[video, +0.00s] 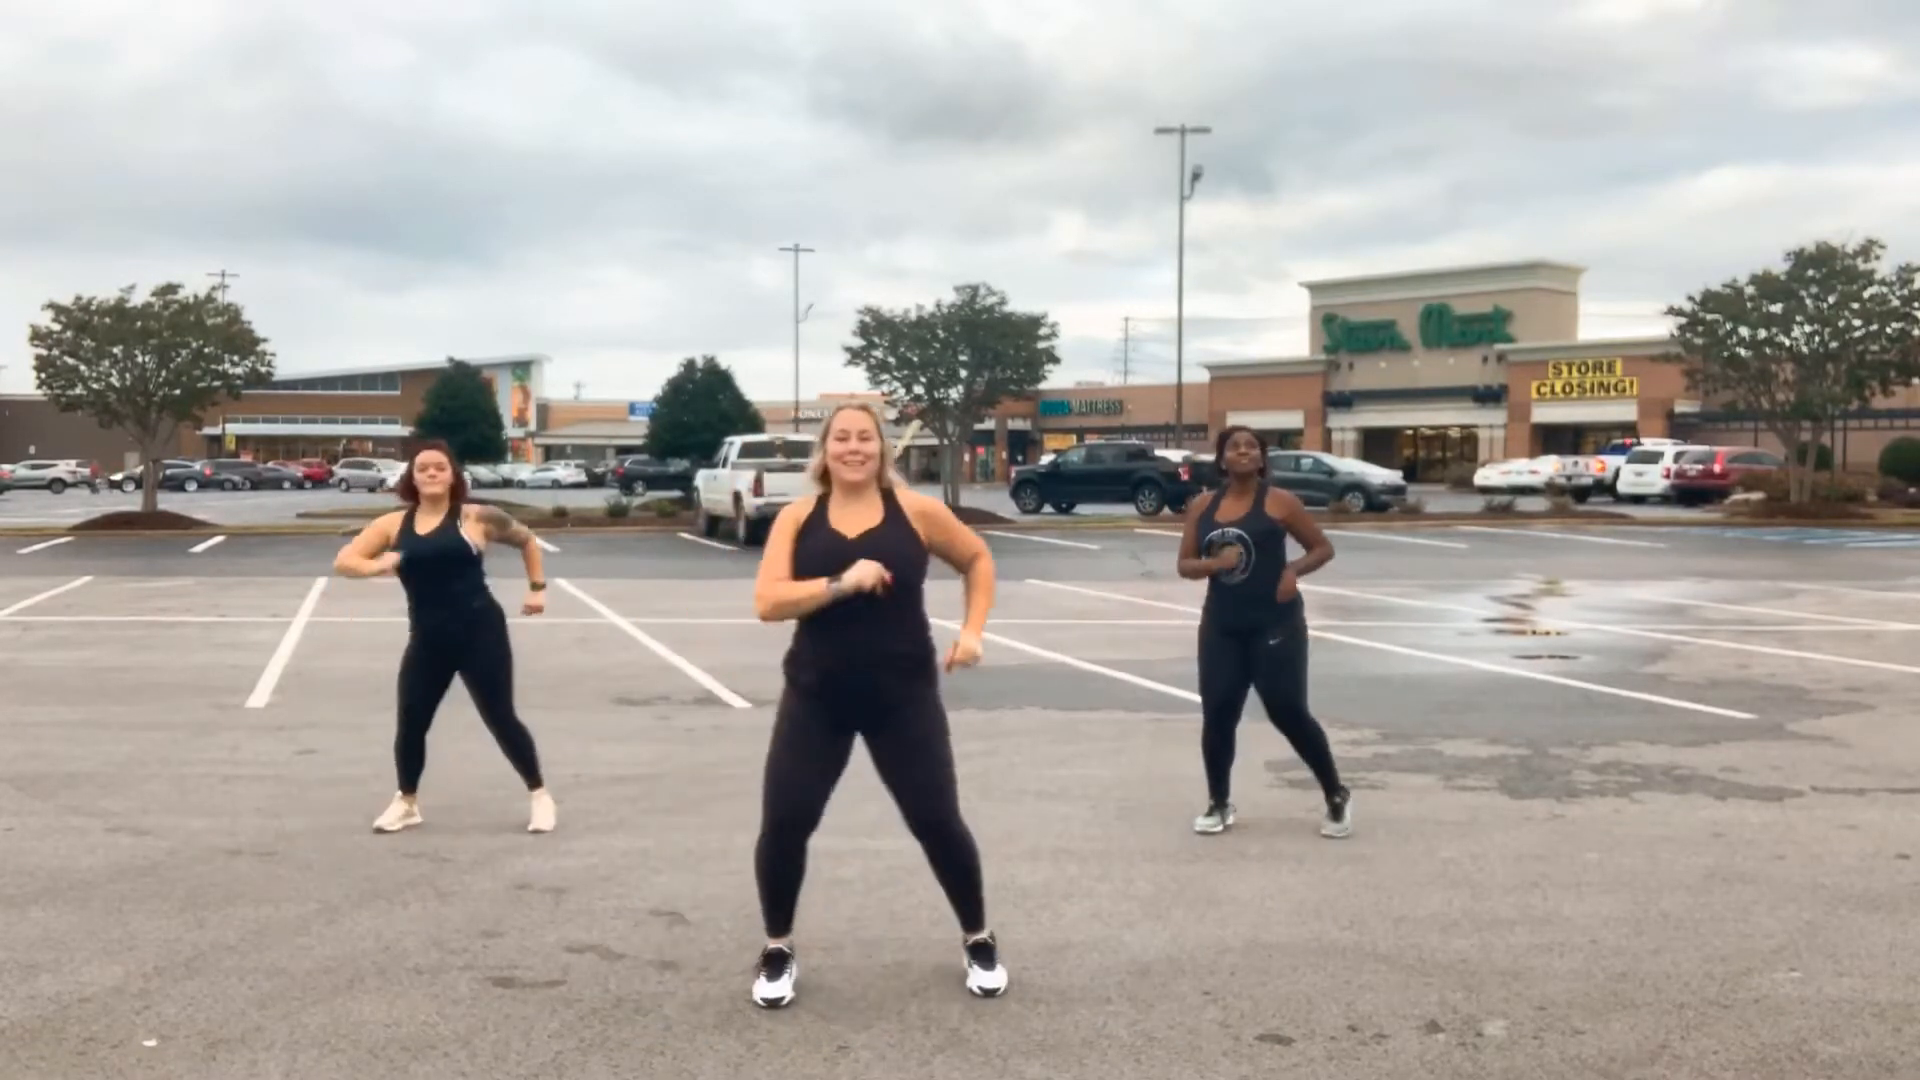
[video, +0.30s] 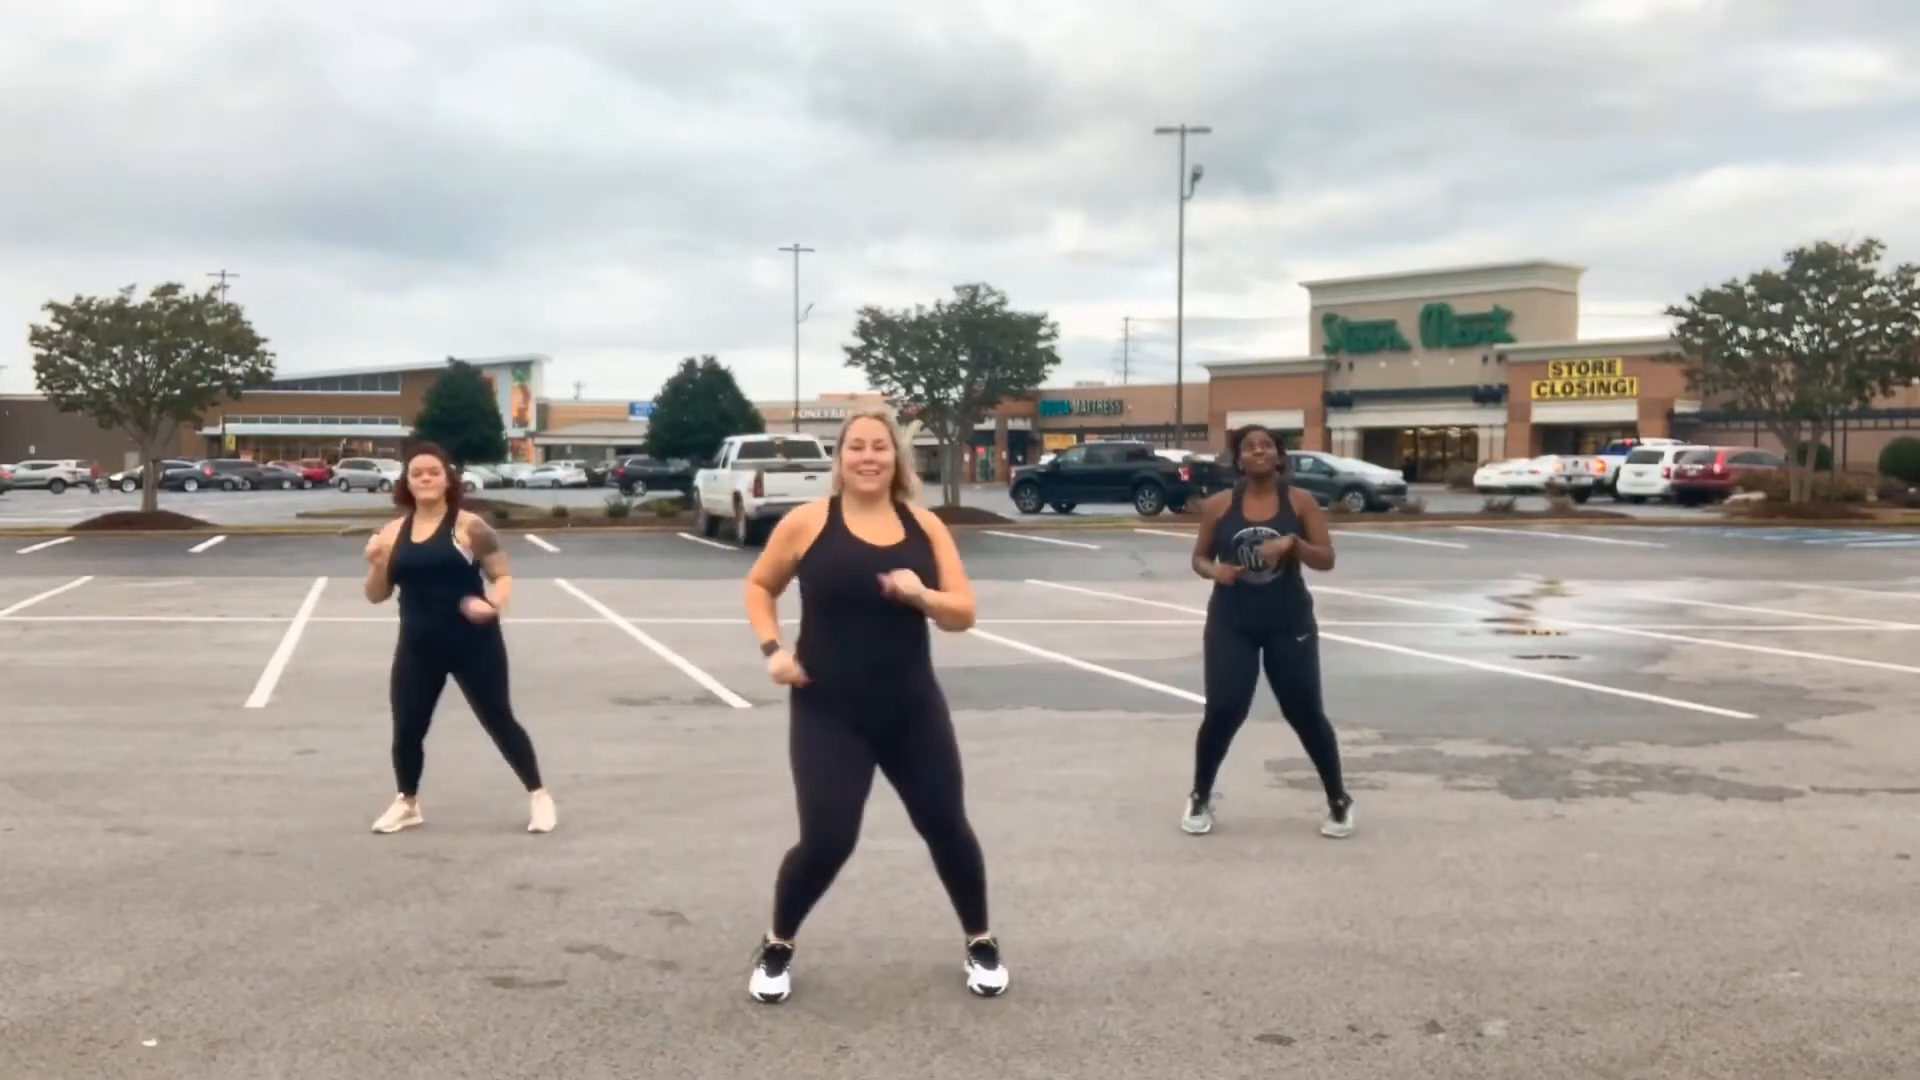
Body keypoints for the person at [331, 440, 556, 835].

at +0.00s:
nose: (432, 474)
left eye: (439, 467)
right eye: (424, 468)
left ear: (454, 475)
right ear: (412, 478)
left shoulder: (477, 518)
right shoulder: (394, 523)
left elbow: (527, 541)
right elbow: (343, 560)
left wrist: (536, 588)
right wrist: (376, 565)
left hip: (480, 635)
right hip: (428, 640)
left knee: (500, 719)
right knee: (409, 725)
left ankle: (539, 794)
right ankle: (406, 801)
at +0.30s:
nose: (426, 479)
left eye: (434, 472)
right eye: (417, 473)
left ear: (448, 479)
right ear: (407, 483)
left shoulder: (470, 526)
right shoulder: (393, 532)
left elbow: (502, 576)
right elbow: (376, 594)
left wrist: (494, 604)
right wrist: (378, 564)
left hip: (472, 642)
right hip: (418, 645)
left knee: (498, 721)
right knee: (406, 731)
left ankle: (538, 794)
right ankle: (407, 802)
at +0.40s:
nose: (421, 477)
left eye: (429, 470)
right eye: (412, 471)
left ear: (444, 476)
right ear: (402, 480)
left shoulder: (462, 524)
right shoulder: (384, 527)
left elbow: (479, 579)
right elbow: (357, 574)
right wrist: (357, 580)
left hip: (460, 639)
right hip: (404, 640)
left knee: (486, 720)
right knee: (402, 726)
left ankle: (532, 792)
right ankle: (406, 801)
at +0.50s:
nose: (415, 471)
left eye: (423, 464)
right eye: (407, 465)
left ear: (438, 472)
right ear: (396, 475)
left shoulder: (457, 518)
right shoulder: (375, 521)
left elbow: (471, 556)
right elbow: (333, 562)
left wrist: (436, 525)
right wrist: (351, 587)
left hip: (453, 636)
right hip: (397, 639)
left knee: (467, 712)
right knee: (402, 724)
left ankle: (499, 788)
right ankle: (406, 801)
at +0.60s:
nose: (408, 467)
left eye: (416, 460)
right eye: (401, 461)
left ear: (431, 468)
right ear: (389, 469)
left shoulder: (450, 512)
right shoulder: (369, 516)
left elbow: (470, 540)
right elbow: (326, 555)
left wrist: (432, 511)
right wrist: (345, 592)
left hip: (447, 632)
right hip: (392, 635)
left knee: (444, 713)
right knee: (399, 722)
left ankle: (452, 792)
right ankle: (406, 800)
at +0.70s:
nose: (405, 470)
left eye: (414, 463)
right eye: (397, 464)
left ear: (429, 472)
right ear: (386, 474)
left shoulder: (448, 514)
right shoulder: (365, 521)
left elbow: (470, 538)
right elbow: (333, 562)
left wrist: (434, 532)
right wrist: (343, 600)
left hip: (441, 630)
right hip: (387, 631)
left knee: (420, 714)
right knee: (394, 718)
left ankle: (426, 799)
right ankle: (403, 798)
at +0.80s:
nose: (402, 473)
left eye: (411, 467)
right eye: (394, 468)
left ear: (425, 474)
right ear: (383, 477)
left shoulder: (447, 520)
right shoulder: (364, 528)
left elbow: (461, 562)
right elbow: (348, 577)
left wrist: (427, 581)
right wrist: (343, 615)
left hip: (435, 634)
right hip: (382, 633)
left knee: (419, 717)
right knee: (390, 720)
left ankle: (426, 799)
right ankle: (401, 798)